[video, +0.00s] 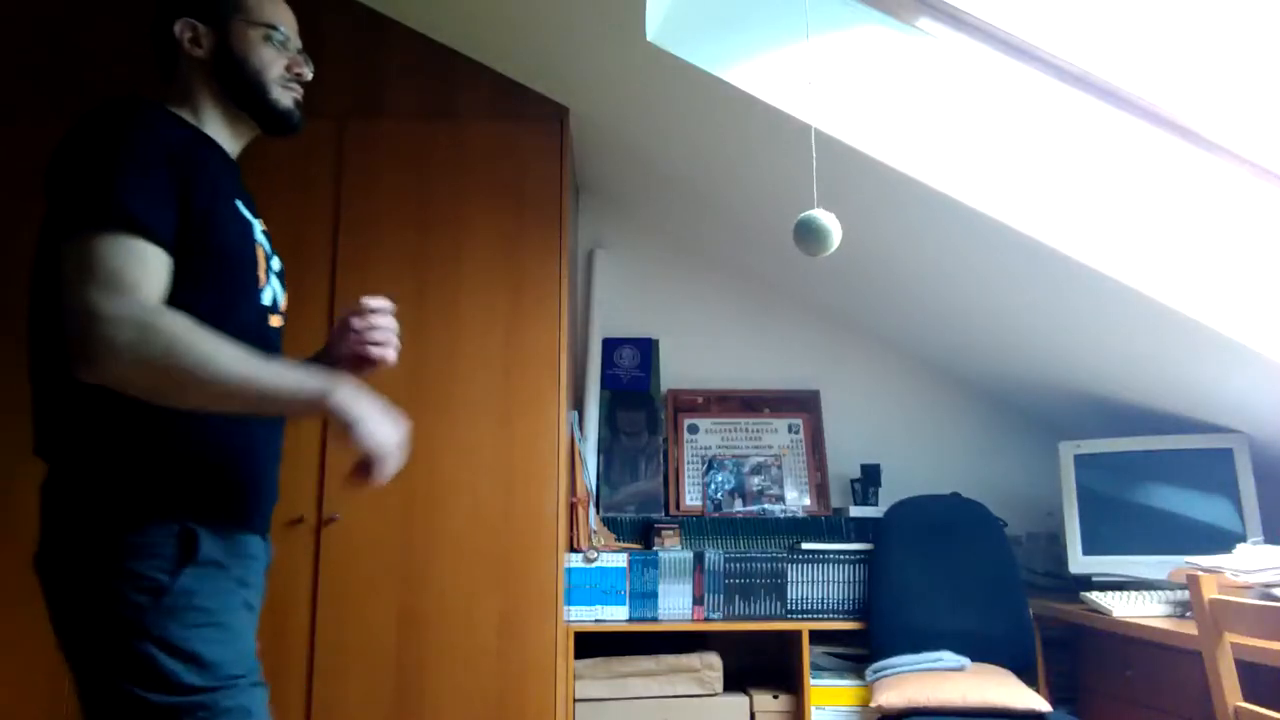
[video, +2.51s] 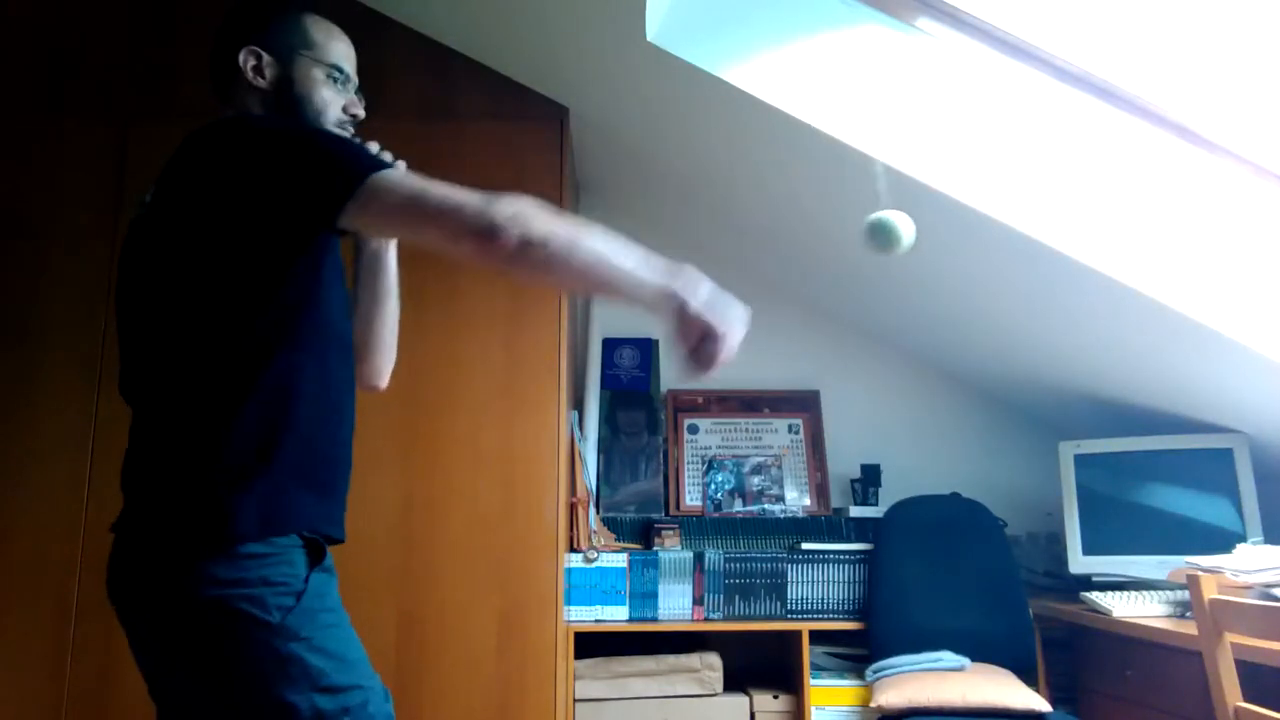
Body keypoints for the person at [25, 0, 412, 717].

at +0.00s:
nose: (302, 62)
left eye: (300, 48)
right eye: (274, 36)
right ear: (195, 38)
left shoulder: (219, 186)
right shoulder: (143, 142)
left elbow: (205, 380)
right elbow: (111, 327)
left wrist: (329, 361)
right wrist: (329, 392)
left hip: (207, 554)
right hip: (158, 554)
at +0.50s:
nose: (424, 47)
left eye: (417, 24)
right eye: (399, 14)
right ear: (320, 11)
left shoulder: (270, 128)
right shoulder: (306, 123)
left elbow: (286, 360)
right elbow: (353, 343)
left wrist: (427, 373)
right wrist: (503, 241)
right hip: (311, 542)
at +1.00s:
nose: (314, 83)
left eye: (313, 69)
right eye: (285, 58)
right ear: (208, 61)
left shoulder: (258, 217)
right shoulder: (134, 162)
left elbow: (356, 305)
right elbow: (109, 361)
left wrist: (446, 346)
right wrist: (313, 325)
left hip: (221, 557)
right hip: (150, 558)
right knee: (253, 705)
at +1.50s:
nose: (272, 82)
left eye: (271, 67)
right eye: (240, 58)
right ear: (162, 69)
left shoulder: (270, 236)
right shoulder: (79, 192)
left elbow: (316, 408)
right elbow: (93, 386)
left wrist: (405, 311)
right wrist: (283, 295)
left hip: (266, 570)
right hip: (163, 571)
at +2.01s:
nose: (332, 57)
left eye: (328, 41)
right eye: (298, 35)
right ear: (217, 54)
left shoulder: (318, 217)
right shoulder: (156, 176)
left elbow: (410, 377)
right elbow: (181, 393)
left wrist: (453, 255)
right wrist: (369, 287)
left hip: (307, 563)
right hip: (233, 562)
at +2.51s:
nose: (356, 103)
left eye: (356, 85)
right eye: (335, 75)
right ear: (257, 69)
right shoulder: (250, 156)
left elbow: (370, 366)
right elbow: (500, 229)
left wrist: (373, 207)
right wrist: (674, 285)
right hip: (231, 564)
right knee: (358, 705)